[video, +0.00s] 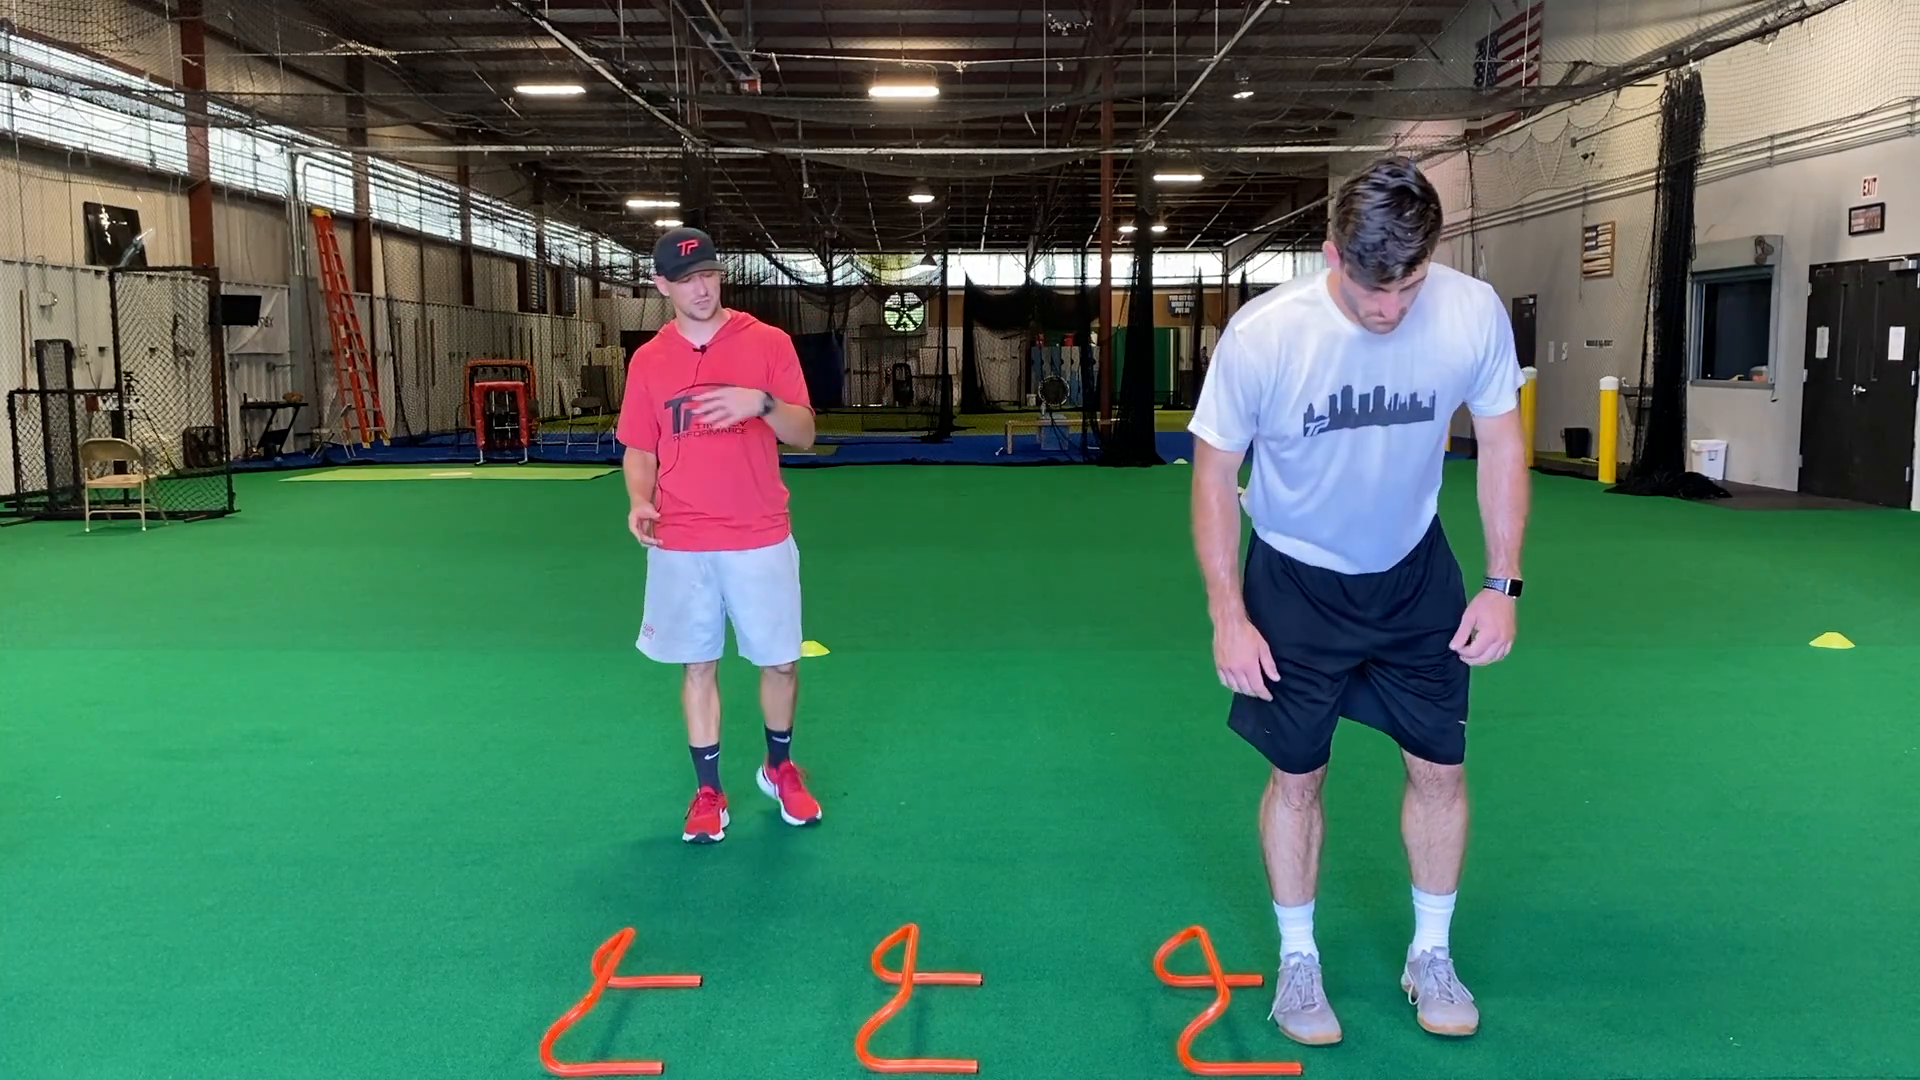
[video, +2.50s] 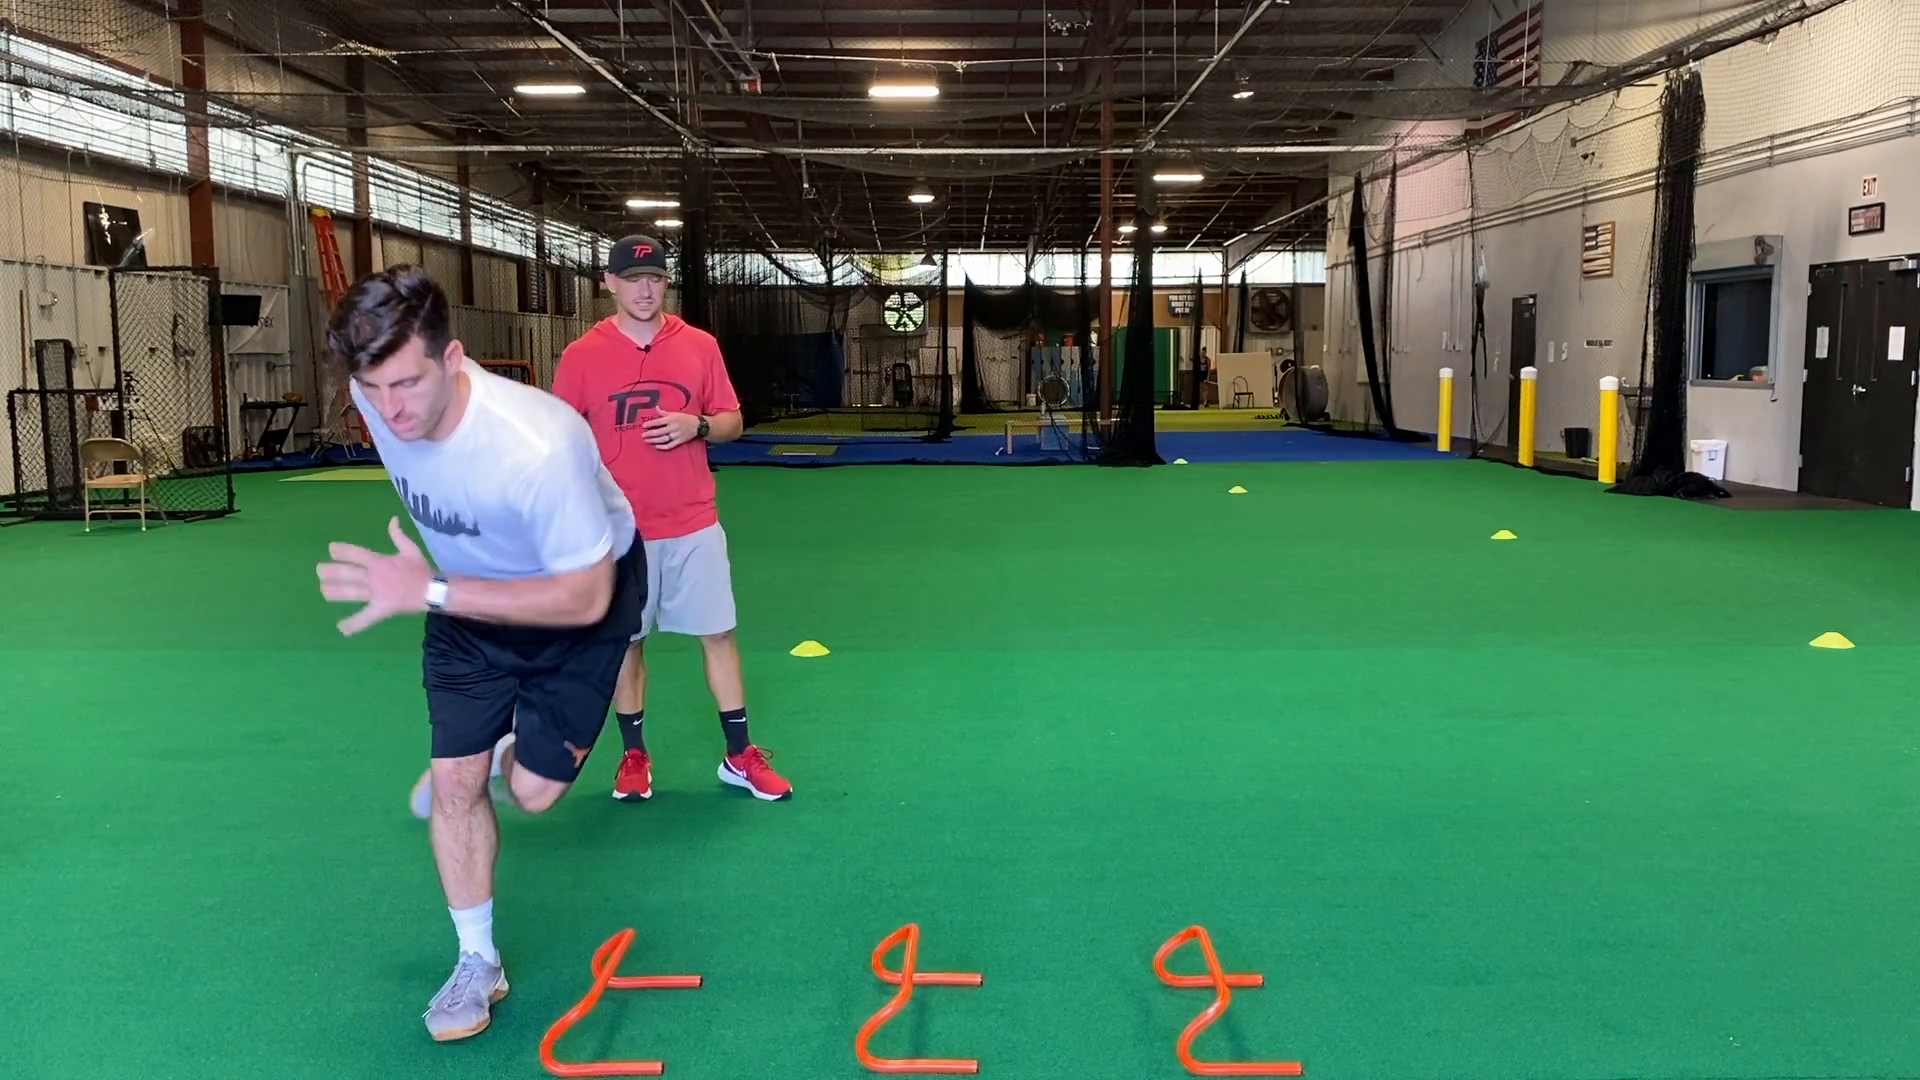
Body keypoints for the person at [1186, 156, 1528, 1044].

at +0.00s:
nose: (1389, 309)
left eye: (1405, 288)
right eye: (1371, 289)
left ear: (1427, 259)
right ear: (1333, 258)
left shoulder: (1472, 314)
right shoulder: (1260, 338)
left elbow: (1501, 446)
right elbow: (1214, 472)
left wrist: (1503, 581)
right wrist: (1228, 615)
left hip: (1415, 574)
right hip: (1296, 579)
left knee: (1441, 761)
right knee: (1297, 772)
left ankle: (1432, 955)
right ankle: (1298, 961)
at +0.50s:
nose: (1396, 367)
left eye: (1414, 347)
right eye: (1377, 347)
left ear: (1436, 322)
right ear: (1338, 318)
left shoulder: (1476, 381)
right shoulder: (1257, 374)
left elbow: (1517, 467)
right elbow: (1192, 449)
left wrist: (1499, 598)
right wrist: (1214, 586)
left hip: (1394, 581)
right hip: (1275, 580)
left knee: (1418, 769)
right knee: (1288, 763)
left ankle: (1424, 958)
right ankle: (1300, 952)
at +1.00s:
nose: (1073, 296)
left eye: (1090, 276)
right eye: (1056, 278)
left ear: (1123, 251)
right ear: (1027, 260)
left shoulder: (1181, 324)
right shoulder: (978, 334)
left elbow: (1262, 347)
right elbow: (948, 408)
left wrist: (1224, 476)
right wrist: (978, 498)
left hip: (1159, 546)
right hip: (1042, 565)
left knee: (1205, 714)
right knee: (1041, 753)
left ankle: (1180, 814)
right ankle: (1048, 935)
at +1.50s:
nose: (719, 304)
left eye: (737, 282)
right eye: (702, 285)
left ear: (783, 263)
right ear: (683, 276)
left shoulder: (860, 351)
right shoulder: (658, 333)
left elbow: (939, 423)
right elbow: (659, 403)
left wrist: (874, 540)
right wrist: (664, 507)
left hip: (826, 556)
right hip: (716, 551)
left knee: (810, 737)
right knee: (681, 722)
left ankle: (804, 928)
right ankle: (738, 870)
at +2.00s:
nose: (434, 378)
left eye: (448, 357)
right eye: (417, 360)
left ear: (495, 336)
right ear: (401, 351)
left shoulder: (589, 400)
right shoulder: (391, 413)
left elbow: (719, 431)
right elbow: (402, 495)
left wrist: (714, 567)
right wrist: (401, 578)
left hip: (608, 584)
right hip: (496, 611)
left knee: (588, 742)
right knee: (472, 795)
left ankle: (656, 773)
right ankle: (487, 963)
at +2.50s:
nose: (391, 406)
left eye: (407, 383)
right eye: (374, 388)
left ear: (455, 360)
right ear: (357, 380)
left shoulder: (542, 446)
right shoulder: (375, 405)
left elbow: (586, 600)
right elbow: (445, 495)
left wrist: (432, 591)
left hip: (586, 597)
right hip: (470, 588)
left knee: (537, 793)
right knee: (457, 775)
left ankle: (494, 750)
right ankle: (477, 960)